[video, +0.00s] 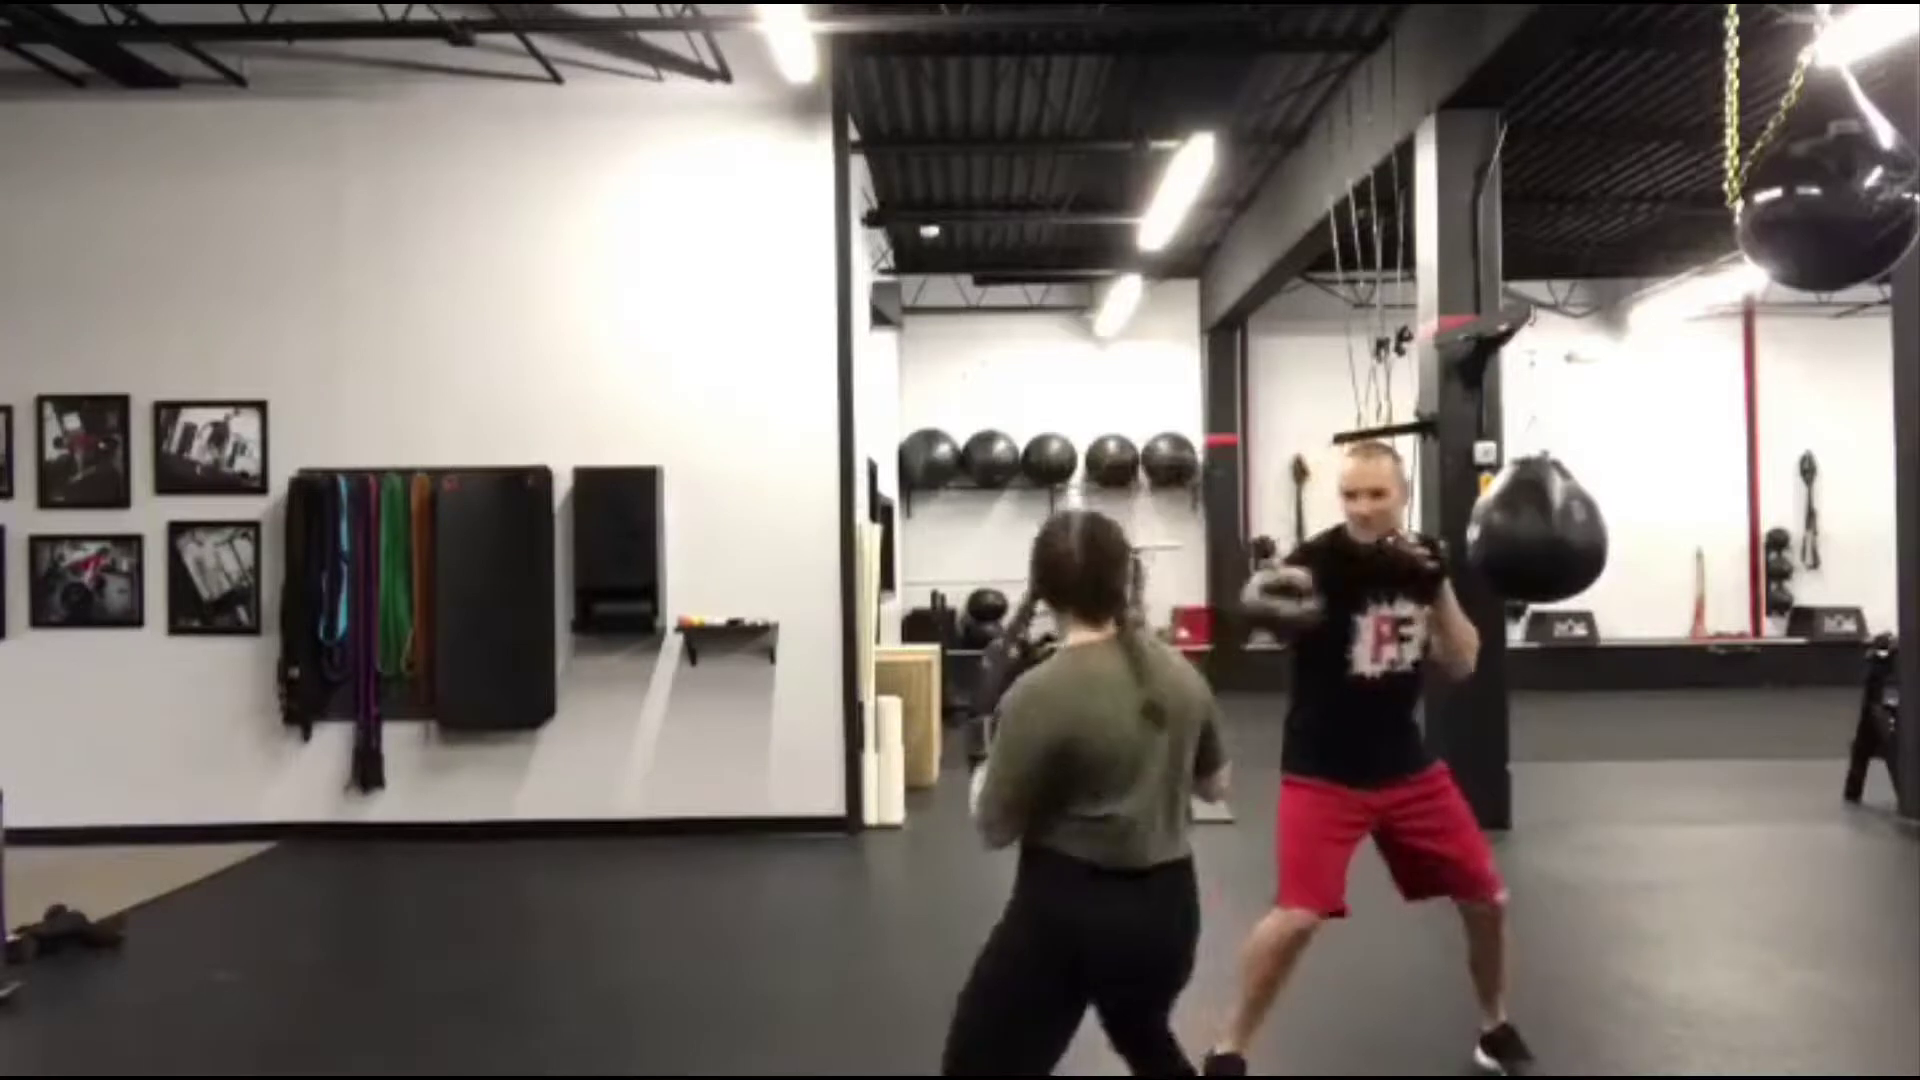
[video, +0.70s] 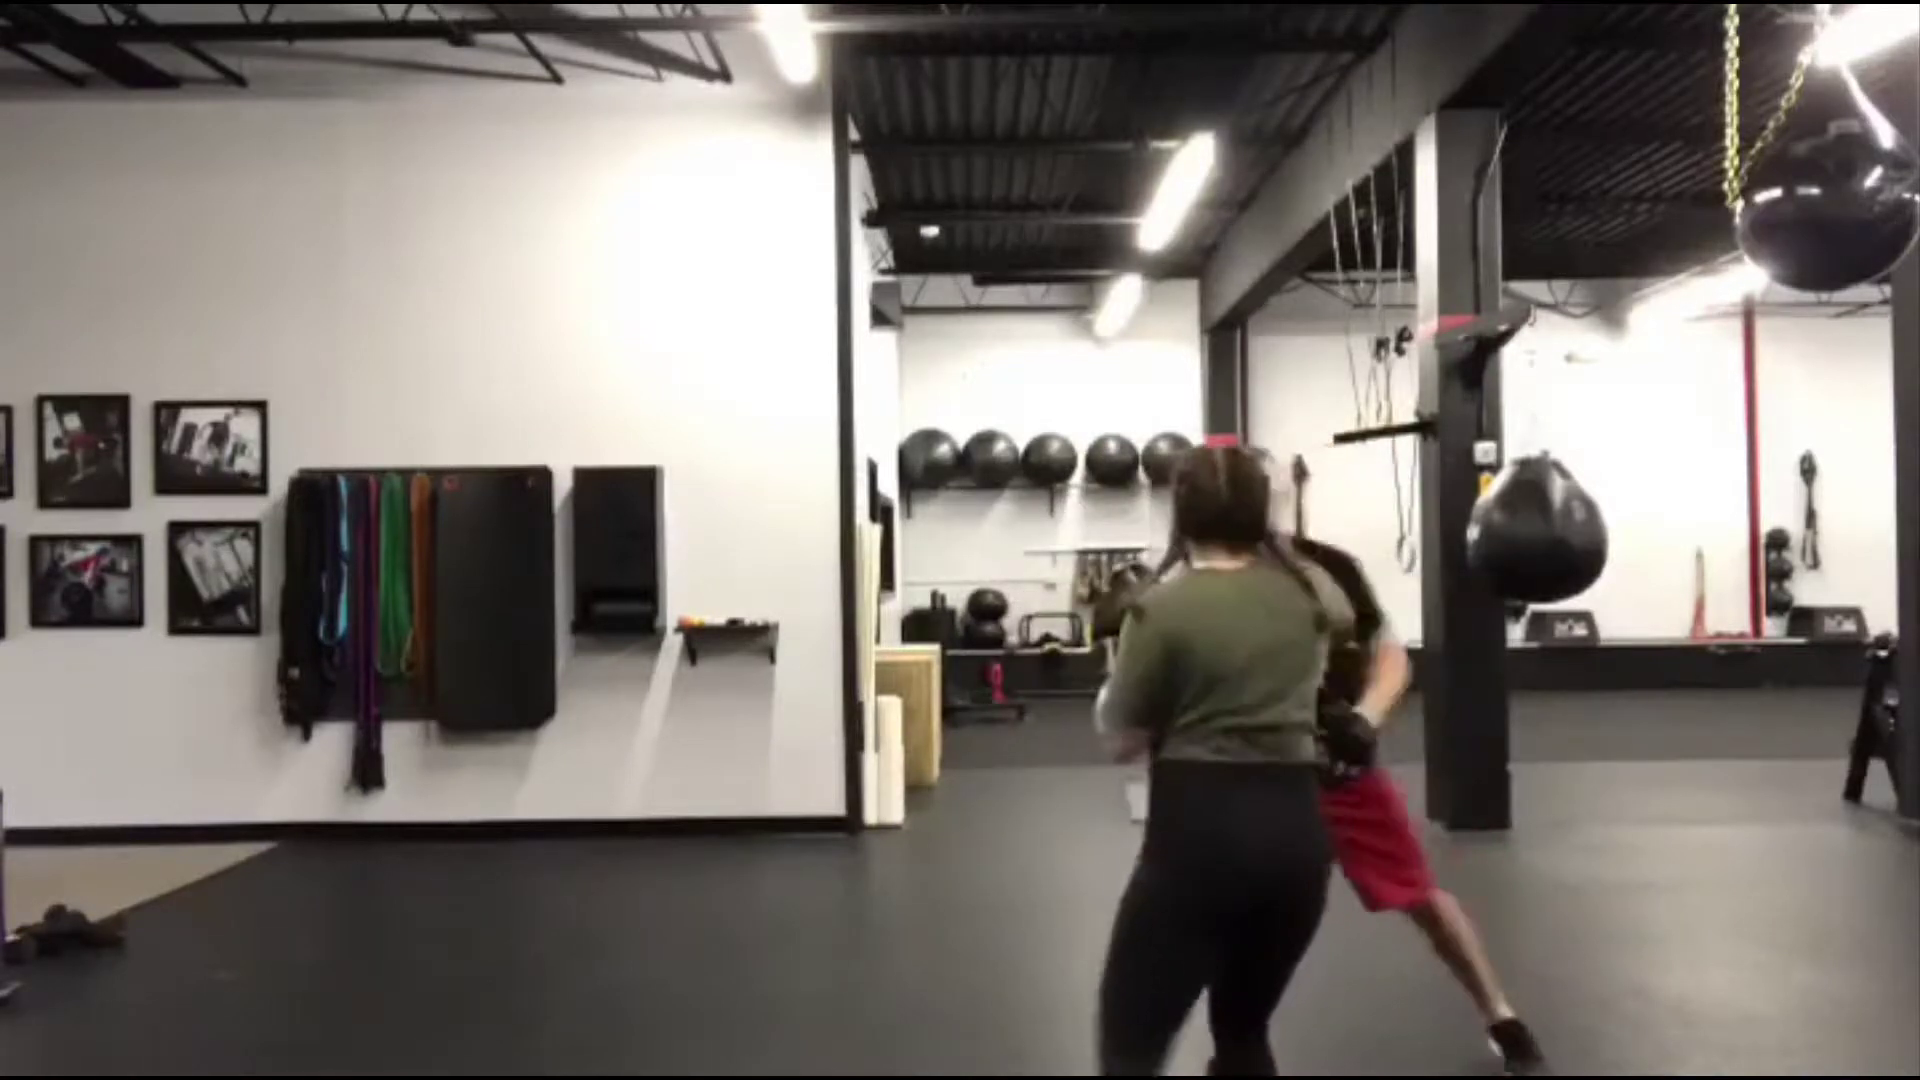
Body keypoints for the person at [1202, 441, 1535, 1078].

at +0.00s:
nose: (1363, 508)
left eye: (1376, 495)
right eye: (1351, 496)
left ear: (1403, 495)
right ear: (1338, 497)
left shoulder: (1424, 563)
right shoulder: (1315, 562)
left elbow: (1461, 662)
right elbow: (1266, 598)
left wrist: (1434, 582)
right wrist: (1273, 600)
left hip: (1409, 769)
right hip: (1321, 775)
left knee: (1487, 899)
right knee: (1300, 914)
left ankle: (1494, 1026)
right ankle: (1230, 1051)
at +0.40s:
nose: (1301, 494)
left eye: (1314, 481)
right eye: (1290, 483)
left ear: (1340, 483)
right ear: (1277, 489)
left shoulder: (1386, 553)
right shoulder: (1261, 565)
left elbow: (1412, 644)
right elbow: (1231, 655)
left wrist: (1347, 576)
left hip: (1400, 773)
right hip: (1300, 772)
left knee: (1465, 915)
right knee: (1253, 908)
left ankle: (1512, 1021)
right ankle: (1237, 1047)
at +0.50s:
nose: (1301, 501)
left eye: (1314, 487)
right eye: (1289, 489)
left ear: (1342, 490)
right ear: (1278, 496)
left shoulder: (1391, 561)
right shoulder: (1266, 568)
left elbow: (1435, 665)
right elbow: (1234, 649)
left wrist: (1360, 660)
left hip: (1405, 778)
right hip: (1311, 778)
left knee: (1469, 914)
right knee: (1264, 914)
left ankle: (1514, 1022)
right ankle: (1235, 1047)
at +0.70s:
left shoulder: (1327, 569)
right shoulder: (1198, 585)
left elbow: (1391, 657)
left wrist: (1361, 720)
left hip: (1338, 765)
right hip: (1252, 778)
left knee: (1420, 896)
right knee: (1245, 915)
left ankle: (1500, 1018)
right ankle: (1236, 1045)